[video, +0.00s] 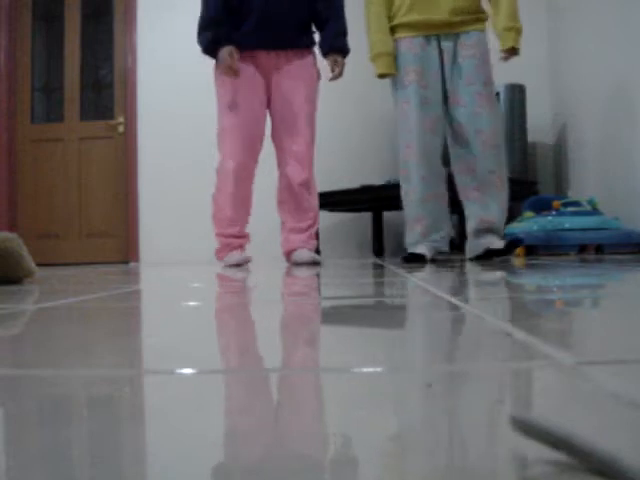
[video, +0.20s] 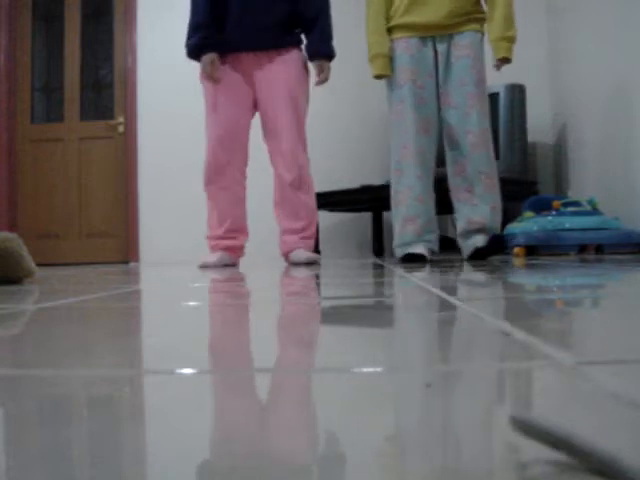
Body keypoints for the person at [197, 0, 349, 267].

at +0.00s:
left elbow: (329, 1)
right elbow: (212, 6)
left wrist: (334, 43)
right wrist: (218, 44)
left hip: (296, 57)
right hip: (240, 58)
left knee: (298, 160)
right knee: (236, 159)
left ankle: (301, 245)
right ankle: (232, 246)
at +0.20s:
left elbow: (315, 1)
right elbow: (201, 3)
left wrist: (320, 46)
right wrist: (205, 45)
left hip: (281, 55)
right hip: (224, 57)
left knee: (290, 156)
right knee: (222, 158)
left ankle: (298, 246)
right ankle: (225, 248)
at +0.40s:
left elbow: (297, 2)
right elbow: (188, 3)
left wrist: (297, 49)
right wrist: (185, 51)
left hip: (267, 53)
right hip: (212, 56)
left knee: (272, 157)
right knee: (216, 159)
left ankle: (287, 246)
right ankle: (224, 248)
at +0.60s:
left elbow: (291, 4)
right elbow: (183, 6)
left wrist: (292, 49)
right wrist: (179, 56)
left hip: (261, 53)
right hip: (207, 57)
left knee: (260, 152)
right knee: (211, 158)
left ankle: (283, 244)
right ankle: (224, 247)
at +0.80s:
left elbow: (292, 2)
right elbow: (180, 4)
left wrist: (292, 45)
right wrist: (181, 49)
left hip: (263, 51)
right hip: (207, 55)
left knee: (263, 154)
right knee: (215, 158)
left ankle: (274, 245)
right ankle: (225, 246)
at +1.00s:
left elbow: (294, 0)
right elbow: (182, 2)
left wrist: (301, 43)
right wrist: (178, 45)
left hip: (268, 53)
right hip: (210, 57)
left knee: (267, 154)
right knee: (212, 156)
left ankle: (276, 244)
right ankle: (225, 246)